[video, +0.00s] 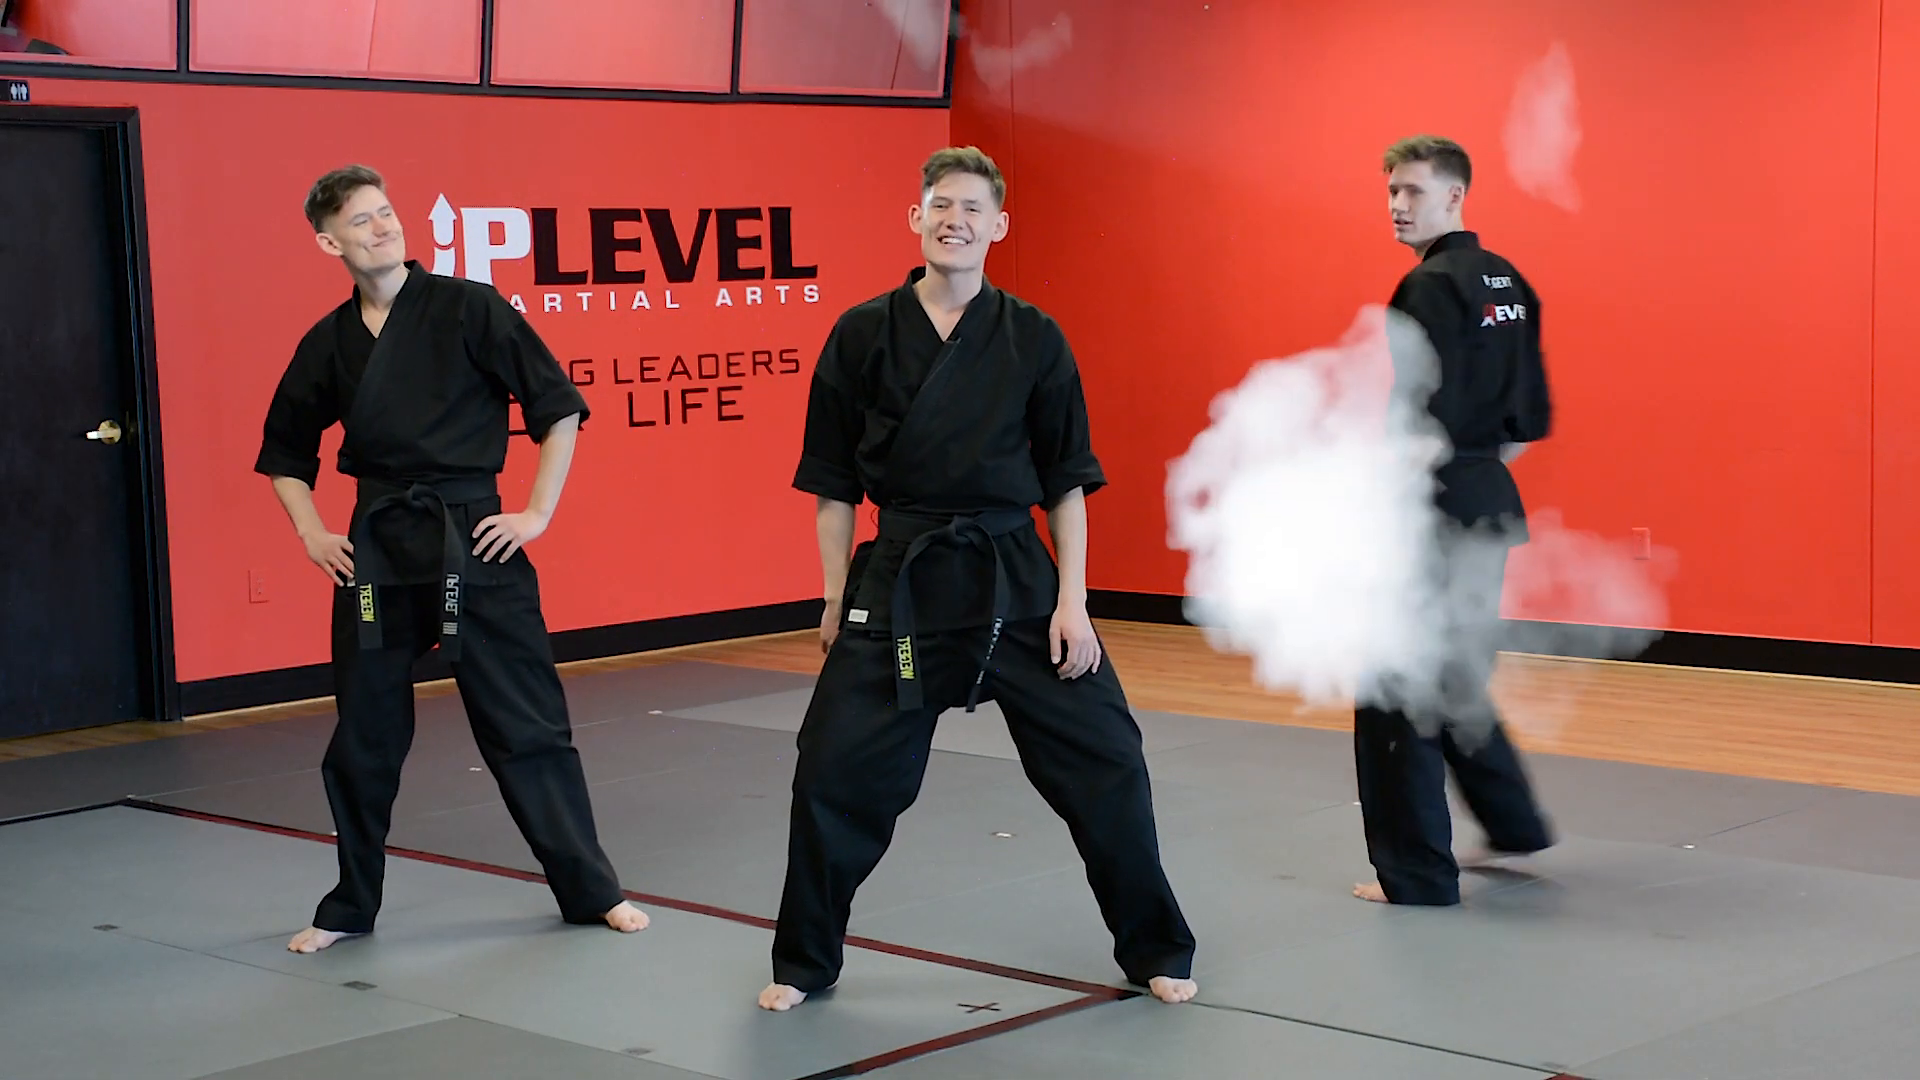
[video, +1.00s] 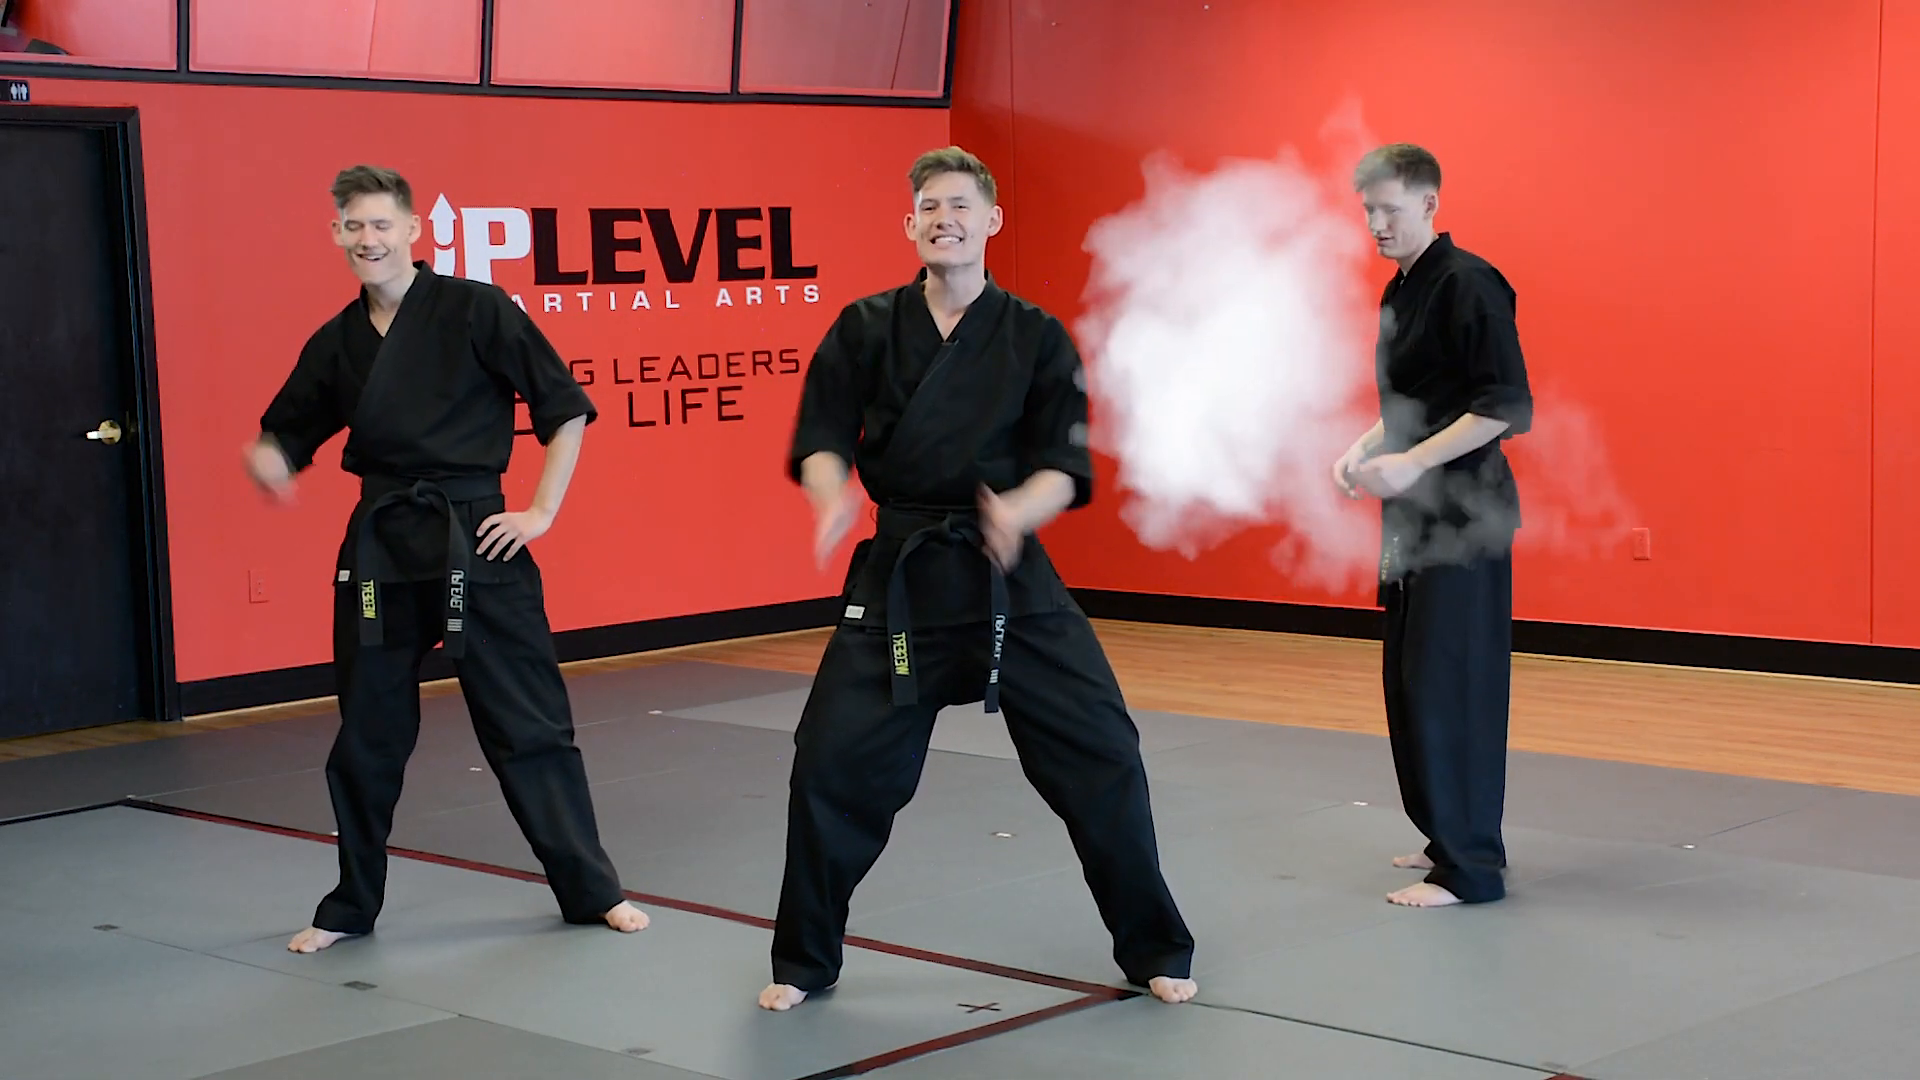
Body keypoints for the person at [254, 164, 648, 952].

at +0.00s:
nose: (381, 226)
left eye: (386, 212)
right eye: (360, 220)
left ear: (403, 223)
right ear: (330, 245)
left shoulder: (472, 308)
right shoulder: (327, 344)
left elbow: (561, 407)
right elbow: (285, 450)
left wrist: (537, 514)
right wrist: (311, 531)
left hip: (476, 539)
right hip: (378, 546)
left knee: (529, 725)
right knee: (363, 740)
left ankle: (591, 892)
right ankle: (351, 906)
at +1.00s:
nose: (366, 238)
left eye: (380, 223)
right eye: (352, 226)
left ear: (413, 229)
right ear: (338, 239)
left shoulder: (479, 310)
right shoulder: (336, 344)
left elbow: (567, 409)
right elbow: (283, 438)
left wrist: (541, 511)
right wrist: (269, 461)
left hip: (478, 539)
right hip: (379, 544)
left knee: (530, 724)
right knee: (366, 737)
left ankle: (592, 891)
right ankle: (352, 905)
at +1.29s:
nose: (379, 246)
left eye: (392, 233)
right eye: (370, 233)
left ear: (439, 232)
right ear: (364, 235)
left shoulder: (497, 316)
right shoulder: (341, 331)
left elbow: (584, 418)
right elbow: (243, 401)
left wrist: (546, 516)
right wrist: (247, 315)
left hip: (485, 539)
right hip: (384, 544)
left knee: (535, 725)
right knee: (369, 738)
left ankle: (593, 891)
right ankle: (352, 906)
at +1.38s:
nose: (387, 248)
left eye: (401, 234)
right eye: (378, 234)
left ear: (445, 234)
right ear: (370, 236)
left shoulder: (502, 318)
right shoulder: (345, 325)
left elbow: (587, 420)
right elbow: (239, 388)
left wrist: (548, 516)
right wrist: (265, 303)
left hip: (487, 537)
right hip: (386, 540)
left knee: (535, 725)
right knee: (370, 736)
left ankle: (592, 891)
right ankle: (352, 907)